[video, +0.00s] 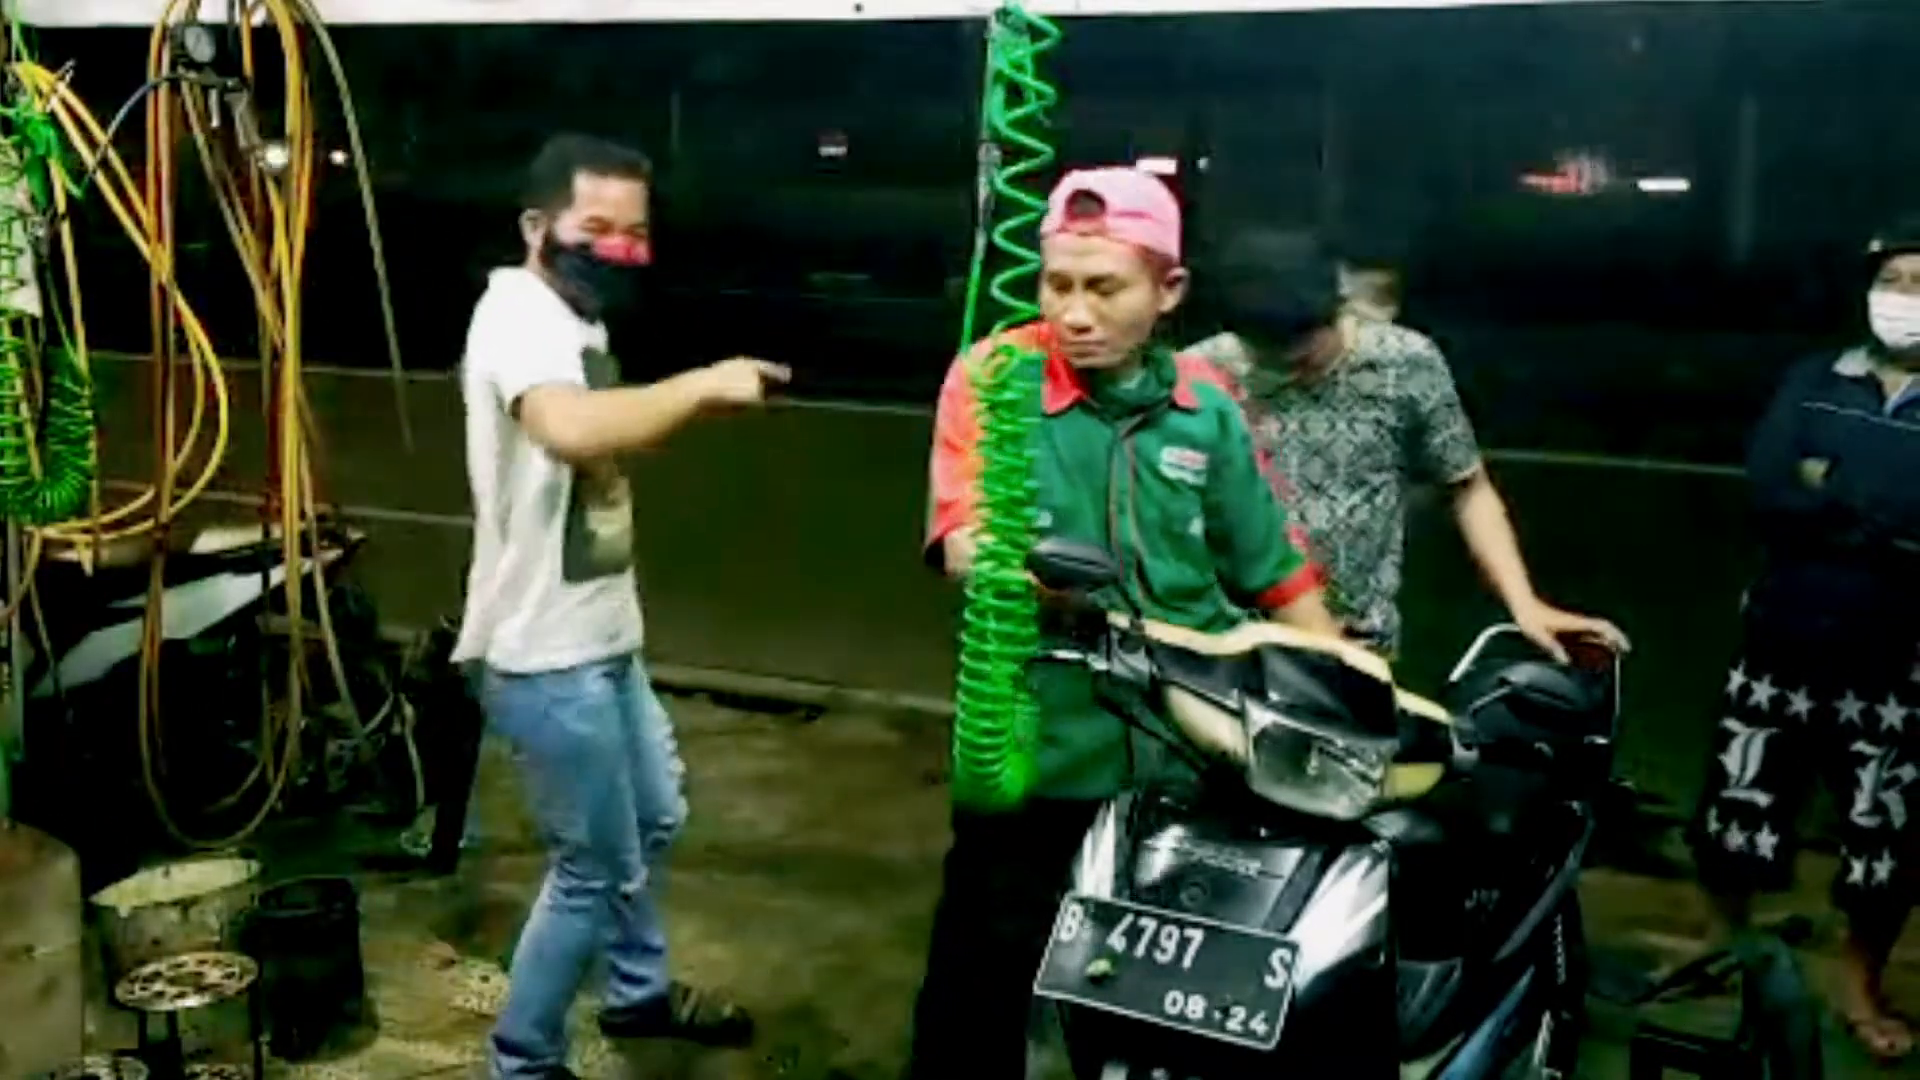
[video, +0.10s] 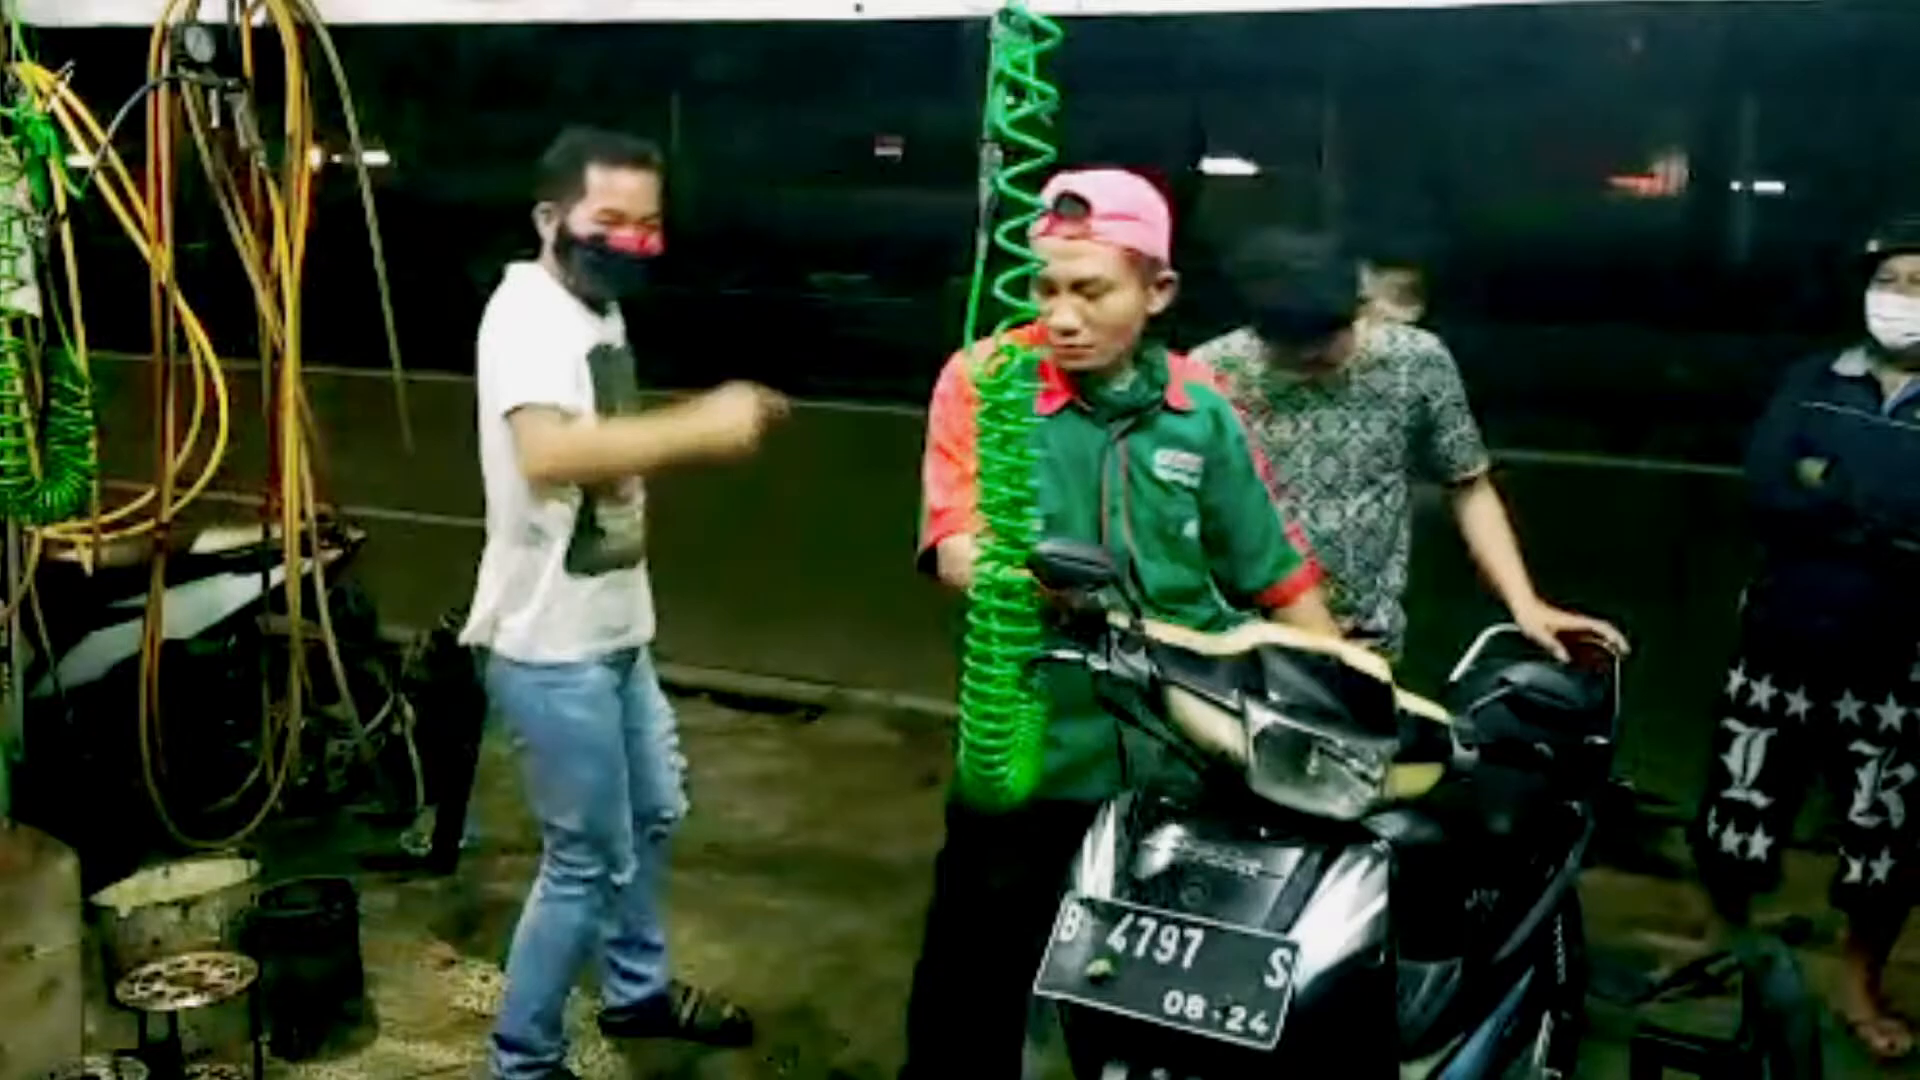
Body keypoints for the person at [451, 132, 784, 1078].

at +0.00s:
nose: (619, 253)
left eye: (632, 235)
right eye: (600, 230)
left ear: (640, 233)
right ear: (540, 227)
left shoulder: (573, 321)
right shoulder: (513, 313)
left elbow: (578, 454)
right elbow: (569, 428)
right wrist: (701, 388)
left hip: (602, 643)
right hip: (542, 657)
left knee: (653, 819)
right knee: (595, 863)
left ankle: (637, 998)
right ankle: (524, 1056)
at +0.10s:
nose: (630, 244)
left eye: (644, 225)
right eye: (611, 222)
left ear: (653, 225)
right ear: (554, 218)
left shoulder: (594, 308)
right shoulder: (525, 312)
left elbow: (588, 443)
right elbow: (547, 455)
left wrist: (691, 427)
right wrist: (695, 427)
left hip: (613, 631)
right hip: (548, 644)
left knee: (652, 813)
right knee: (585, 854)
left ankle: (637, 998)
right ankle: (525, 1059)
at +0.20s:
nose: (642, 241)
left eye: (656, 224)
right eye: (622, 220)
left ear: (668, 226)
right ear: (566, 219)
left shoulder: (646, 318)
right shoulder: (521, 330)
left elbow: (653, 452)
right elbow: (505, 488)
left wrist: (693, 542)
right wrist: (621, 550)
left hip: (629, 619)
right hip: (545, 630)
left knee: (667, 806)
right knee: (594, 840)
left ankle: (639, 994)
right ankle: (530, 1050)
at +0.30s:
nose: (629, 252)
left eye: (648, 232)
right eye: (610, 231)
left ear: (670, 234)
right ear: (568, 229)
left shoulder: (683, 340)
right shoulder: (508, 343)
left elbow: (740, 456)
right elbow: (462, 480)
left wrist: (780, 544)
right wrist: (522, 594)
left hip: (653, 619)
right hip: (552, 629)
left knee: (690, 802)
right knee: (608, 831)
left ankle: (639, 996)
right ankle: (538, 1043)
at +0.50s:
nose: (571, 229)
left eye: (593, 214)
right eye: (562, 209)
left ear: (649, 224)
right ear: (548, 209)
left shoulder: (703, 310)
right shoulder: (514, 304)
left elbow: (793, 386)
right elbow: (435, 401)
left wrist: (764, 410)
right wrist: (447, 522)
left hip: (665, 611)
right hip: (554, 617)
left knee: (688, 803)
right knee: (580, 821)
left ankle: (641, 990)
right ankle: (535, 952)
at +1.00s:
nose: (552, 219)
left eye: (569, 202)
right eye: (534, 203)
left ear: (599, 210)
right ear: (507, 215)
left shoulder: (640, 309)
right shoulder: (472, 330)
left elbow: (670, 430)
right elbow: (444, 467)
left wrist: (681, 525)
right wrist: (532, 503)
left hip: (634, 594)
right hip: (525, 605)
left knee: (703, 762)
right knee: (539, 777)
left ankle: (660, 933)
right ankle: (552, 933)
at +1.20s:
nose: (614, 190)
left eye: (615, 174)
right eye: (592, 178)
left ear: (622, 186)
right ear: (541, 200)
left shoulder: (644, 287)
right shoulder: (498, 300)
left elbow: (695, 386)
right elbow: (466, 416)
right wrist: (597, 387)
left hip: (645, 564)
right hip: (544, 578)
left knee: (669, 749)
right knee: (563, 774)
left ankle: (648, 907)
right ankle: (553, 932)